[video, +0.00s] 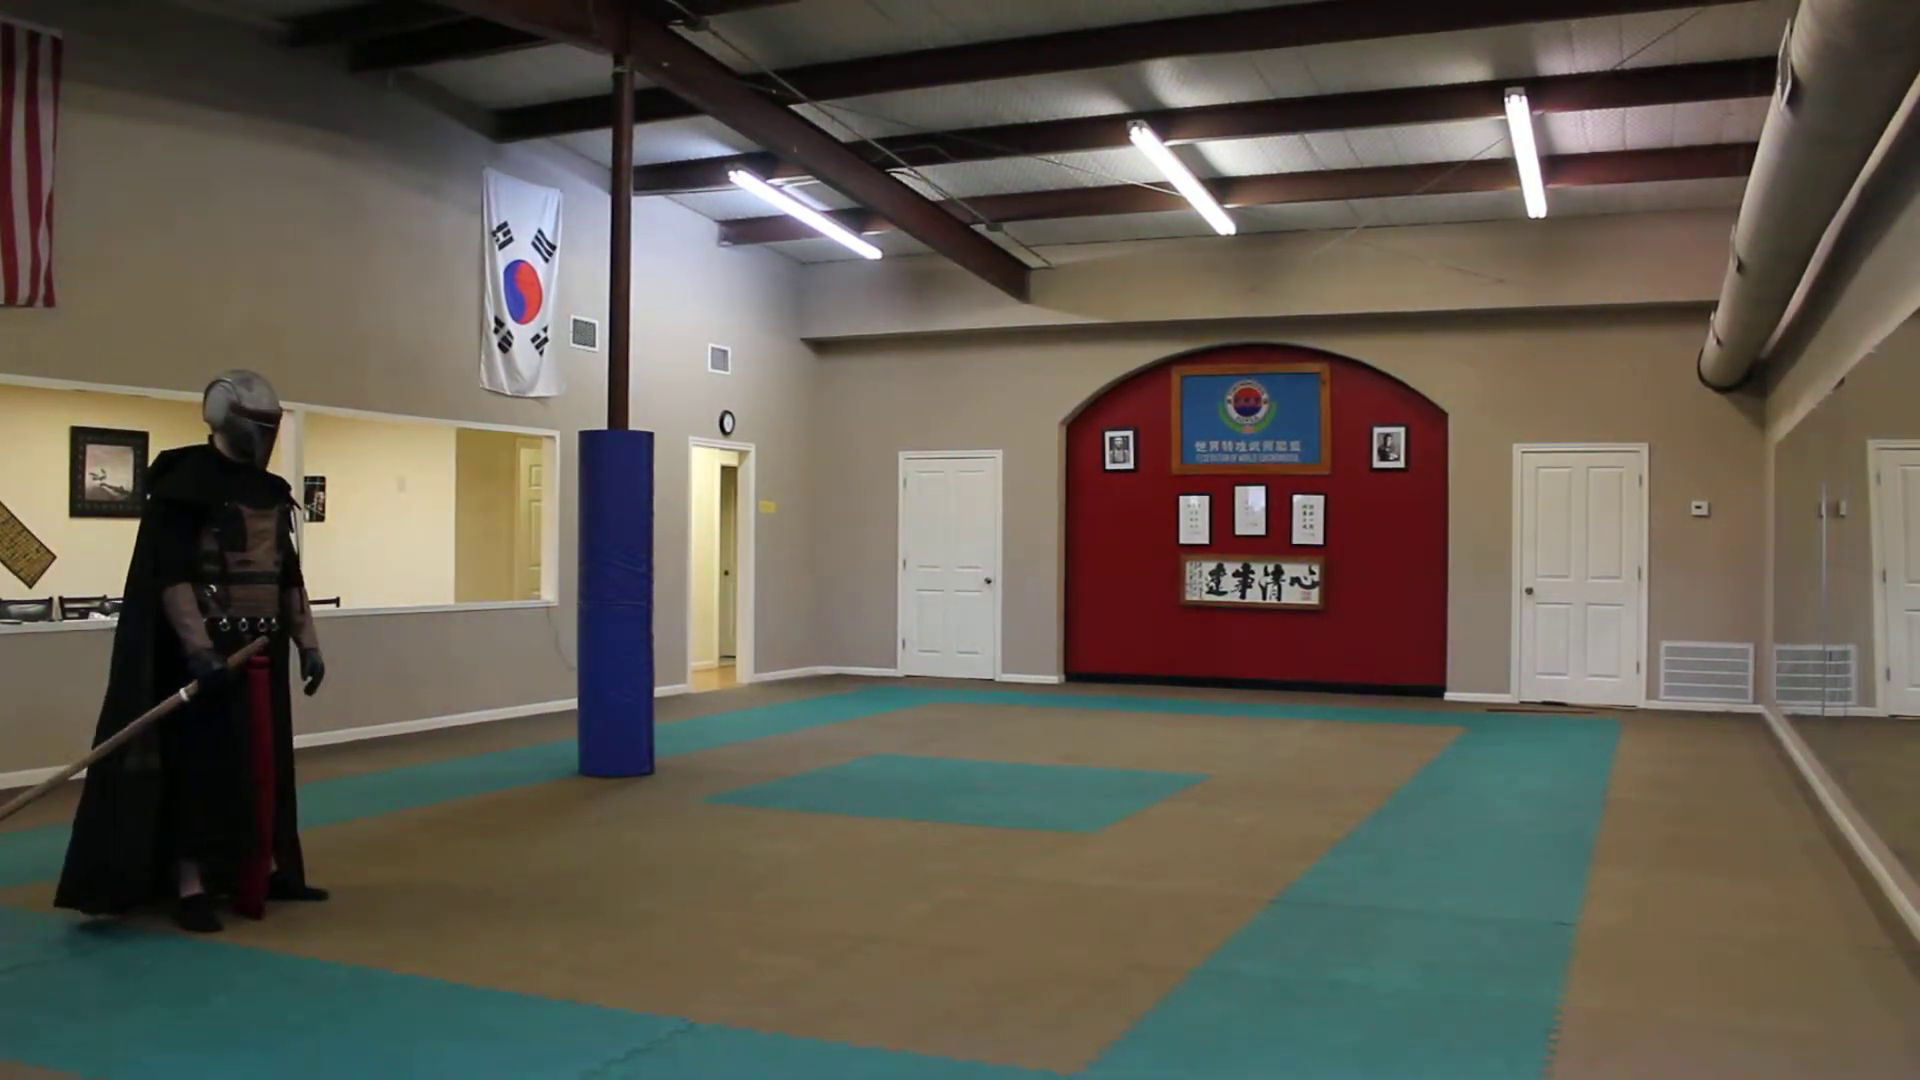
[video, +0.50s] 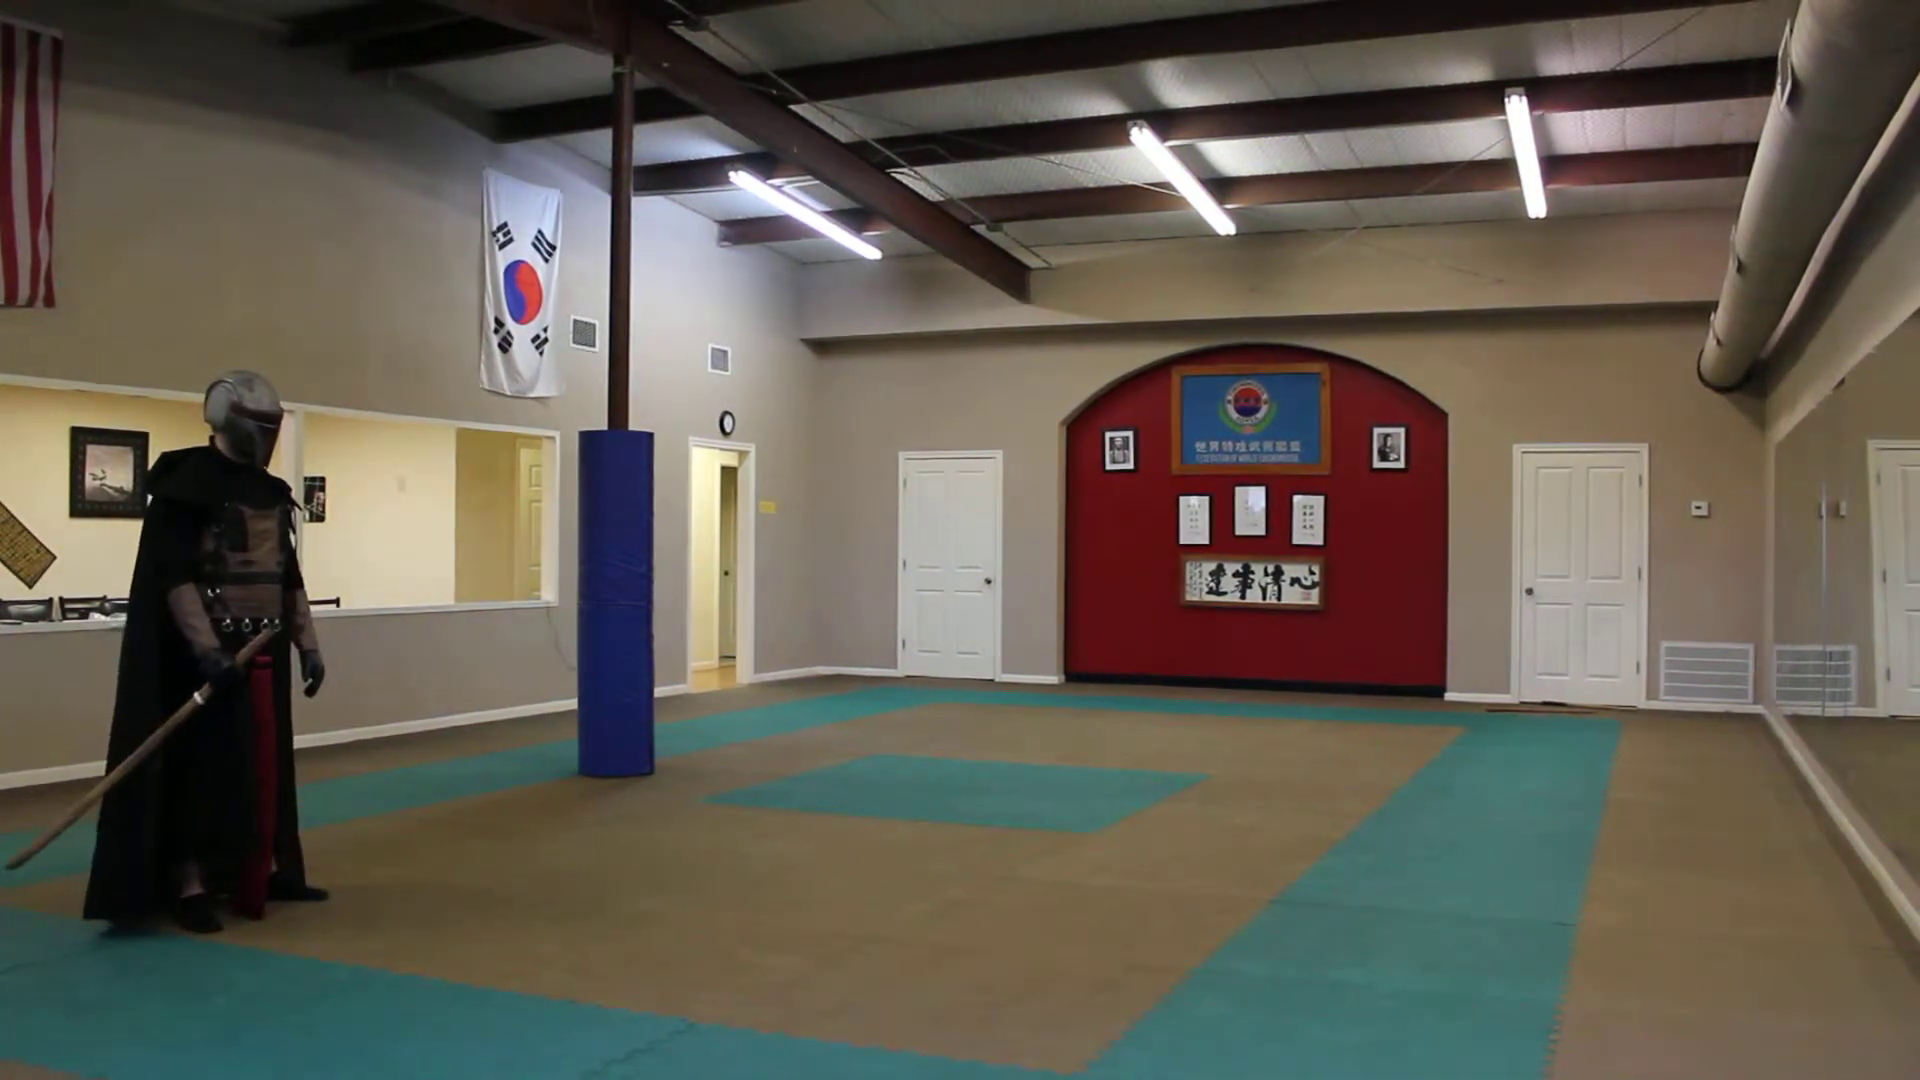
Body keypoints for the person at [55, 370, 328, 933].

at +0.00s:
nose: (266, 435)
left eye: (270, 424)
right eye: (256, 423)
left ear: (274, 425)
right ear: (224, 419)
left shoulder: (271, 493)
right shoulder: (183, 478)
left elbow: (288, 576)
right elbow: (170, 575)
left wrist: (308, 643)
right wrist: (199, 648)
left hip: (261, 653)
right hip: (199, 653)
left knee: (263, 763)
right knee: (197, 767)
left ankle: (262, 873)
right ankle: (190, 882)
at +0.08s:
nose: (268, 434)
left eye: (272, 423)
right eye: (258, 422)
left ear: (274, 424)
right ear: (225, 419)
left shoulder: (271, 492)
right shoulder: (184, 479)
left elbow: (288, 576)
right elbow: (170, 575)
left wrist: (308, 643)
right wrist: (201, 648)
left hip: (261, 655)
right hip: (201, 654)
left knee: (264, 764)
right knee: (198, 767)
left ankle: (261, 873)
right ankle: (190, 883)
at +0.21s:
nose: (269, 434)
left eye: (272, 424)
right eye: (258, 422)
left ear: (274, 425)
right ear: (225, 418)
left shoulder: (273, 493)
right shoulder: (184, 479)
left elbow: (288, 577)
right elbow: (171, 575)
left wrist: (307, 644)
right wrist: (205, 649)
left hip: (261, 653)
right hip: (200, 652)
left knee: (263, 764)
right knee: (197, 766)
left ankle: (259, 874)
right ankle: (190, 882)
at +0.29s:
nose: (271, 435)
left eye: (274, 424)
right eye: (261, 423)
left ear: (272, 425)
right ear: (227, 418)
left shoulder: (273, 494)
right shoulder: (184, 479)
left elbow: (288, 577)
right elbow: (172, 575)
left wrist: (308, 644)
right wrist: (206, 647)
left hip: (262, 654)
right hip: (200, 653)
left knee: (262, 765)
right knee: (197, 766)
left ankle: (258, 874)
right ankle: (190, 882)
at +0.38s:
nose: (272, 435)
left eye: (274, 424)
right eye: (263, 423)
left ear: (270, 425)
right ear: (229, 419)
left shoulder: (273, 494)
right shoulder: (184, 480)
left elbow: (288, 577)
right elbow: (172, 574)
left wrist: (308, 644)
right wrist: (206, 647)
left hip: (262, 655)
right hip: (200, 653)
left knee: (262, 765)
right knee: (198, 767)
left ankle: (259, 875)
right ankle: (191, 883)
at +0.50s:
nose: (273, 435)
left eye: (275, 424)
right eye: (263, 424)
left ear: (273, 424)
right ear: (230, 420)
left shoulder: (274, 495)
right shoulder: (186, 482)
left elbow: (288, 579)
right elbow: (173, 577)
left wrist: (309, 645)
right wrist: (210, 651)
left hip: (262, 658)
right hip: (199, 655)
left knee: (264, 766)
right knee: (198, 769)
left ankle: (265, 873)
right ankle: (191, 884)